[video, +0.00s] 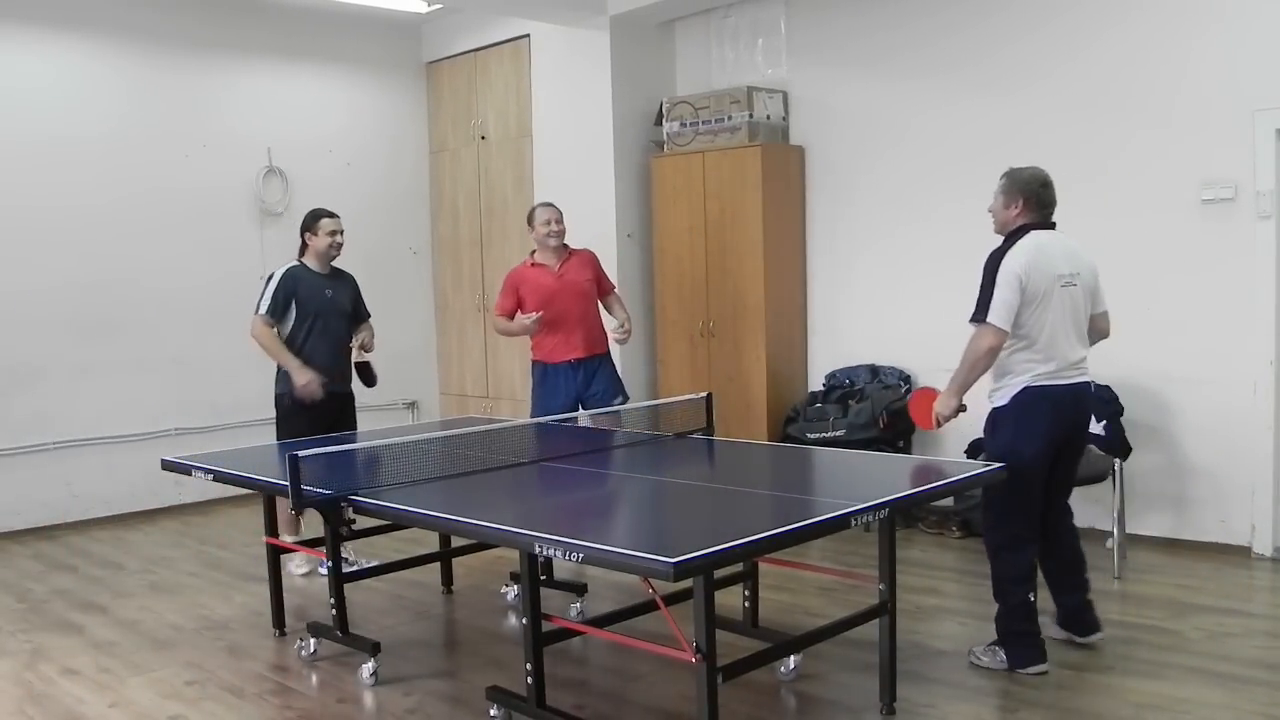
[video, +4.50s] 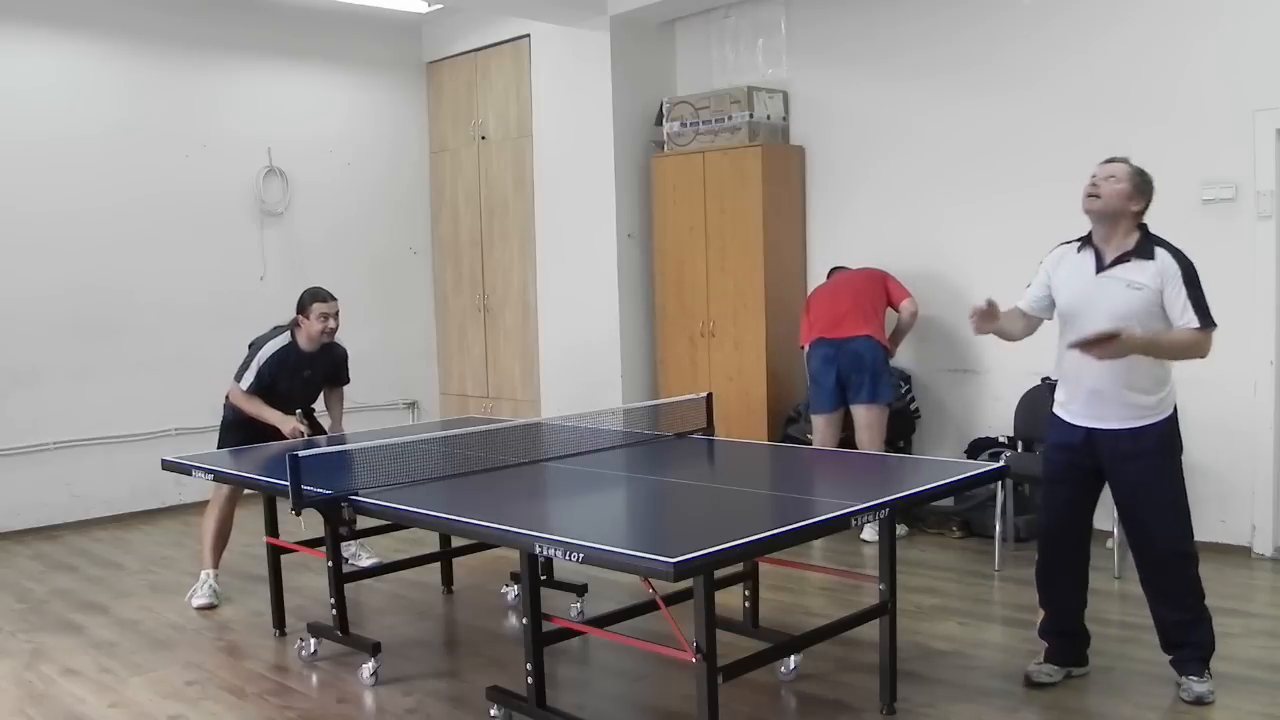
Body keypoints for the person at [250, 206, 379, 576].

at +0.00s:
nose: (340, 239)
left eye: (341, 233)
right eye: (333, 234)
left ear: (337, 238)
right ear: (309, 237)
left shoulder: (346, 280)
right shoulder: (287, 277)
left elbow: (363, 324)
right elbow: (260, 327)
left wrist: (365, 336)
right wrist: (295, 368)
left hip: (340, 394)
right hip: (298, 394)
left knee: (341, 471)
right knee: (293, 475)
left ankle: (336, 547)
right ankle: (292, 551)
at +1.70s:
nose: (286, 241)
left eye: (288, 235)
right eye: (277, 237)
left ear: (293, 238)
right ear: (258, 245)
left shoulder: (312, 280)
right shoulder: (243, 288)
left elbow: (329, 326)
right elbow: (223, 342)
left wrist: (319, 340)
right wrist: (270, 346)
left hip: (309, 402)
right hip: (262, 407)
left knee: (329, 476)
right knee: (261, 488)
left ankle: (342, 551)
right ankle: (266, 565)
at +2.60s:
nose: (329, 255)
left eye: (332, 249)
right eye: (320, 250)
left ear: (336, 252)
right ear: (300, 253)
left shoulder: (345, 294)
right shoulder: (277, 292)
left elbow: (360, 340)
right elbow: (251, 342)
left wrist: (347, 357)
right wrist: (291, 353)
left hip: (329, 406)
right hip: (281, 408)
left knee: (351, 475)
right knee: (270, 488)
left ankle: (355, 546)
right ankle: (265, 563)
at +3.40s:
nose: (304, 291)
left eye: (308, 284)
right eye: (296, 285)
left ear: (312, 285)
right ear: (274, 287)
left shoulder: (317, 324)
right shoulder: (246, 321)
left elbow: (319, 362)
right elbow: (210, 365)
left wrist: (304, 395)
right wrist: (251, 391)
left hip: (291, 414)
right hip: (242, 416)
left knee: (326, 474)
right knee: (227, 488)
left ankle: (342, 549)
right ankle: (215, 577)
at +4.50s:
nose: (332, 324)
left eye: (335, 317)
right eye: (323, 318)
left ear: (338, 318)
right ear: (302, 320)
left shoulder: (335, 354)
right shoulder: (271, 348)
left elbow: (333, 390)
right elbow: (236, 394)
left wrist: (337, 430)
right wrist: (281, 420)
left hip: (294, 417)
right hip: (247, 417)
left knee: (337, 465)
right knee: (228, 487)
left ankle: (345, 544)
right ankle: (208, 576)